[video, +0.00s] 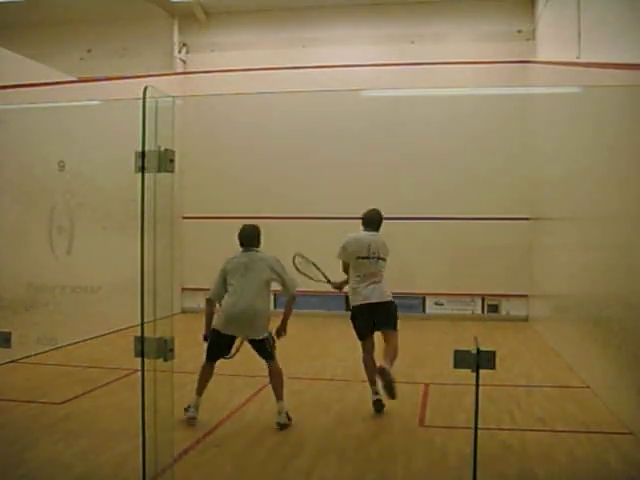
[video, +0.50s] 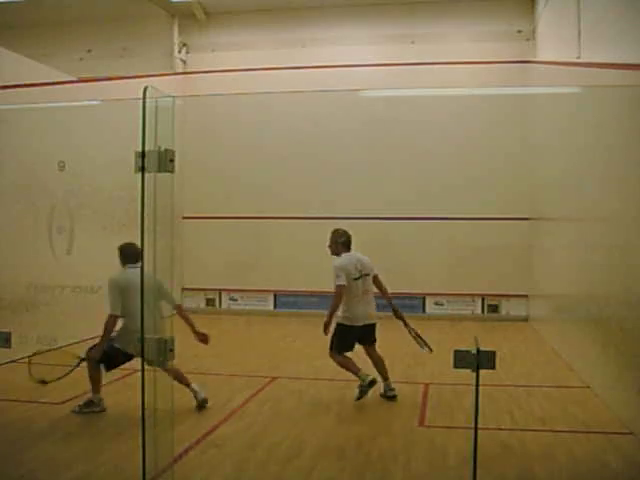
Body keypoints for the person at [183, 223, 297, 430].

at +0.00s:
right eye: (258, 239)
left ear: (239, 242)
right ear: (259, 241)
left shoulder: (229, 263)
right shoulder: (269, 261)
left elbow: (211, 299)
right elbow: (291, 293)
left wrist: (207, 329)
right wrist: (283, 323)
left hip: (227, 319)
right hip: (257, 321)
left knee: (209, 361)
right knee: (272, 363)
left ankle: (194, 406)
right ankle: (281, 411)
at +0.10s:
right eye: (243, 247)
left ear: (226, 252)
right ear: (245, 250)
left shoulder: (217, 273)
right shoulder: (257, 272)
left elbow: (201, 307)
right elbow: (279, 303)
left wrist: (194, 334)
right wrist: (285, 335)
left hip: (217, 327)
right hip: (247, 329)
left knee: (197, 361)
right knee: (270, 364)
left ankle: (181, 402)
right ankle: (279, 415)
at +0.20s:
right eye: (220, 243)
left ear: (203, 247)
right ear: (222, 246)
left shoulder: (193, 270)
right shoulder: (233, 268)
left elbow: (181, 303)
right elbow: (256, 301)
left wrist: (174, 331)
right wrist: (270, 330)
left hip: (198, 328)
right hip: (227, 329)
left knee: (182, 357)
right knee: (252, 364)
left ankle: (184, 402)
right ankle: (273, 408)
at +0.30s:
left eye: (181, 242)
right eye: (194, 240)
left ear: (178, 244)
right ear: (197, 243)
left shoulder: (170, 266)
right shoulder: (209, 266)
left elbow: (159, 298)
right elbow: (233, 295)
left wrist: (148, 325)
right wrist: (250, 322)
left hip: (174, 325)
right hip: (199, 325)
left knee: (158, 356)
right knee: (217, 359)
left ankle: (173, 395)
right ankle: (234, 395)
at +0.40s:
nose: (158, 256)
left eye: (156, 253)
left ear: (155, 254)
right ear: (173, 253)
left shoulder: (148, 276)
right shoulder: (185, 276)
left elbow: (137, 308)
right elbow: (210, 300)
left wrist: (123, 337)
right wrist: (231, 325)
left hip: (151, 335)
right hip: (177, 335)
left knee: (123, 351)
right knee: (183, 359)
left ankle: (137, 392)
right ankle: (202, 397)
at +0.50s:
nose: (120, 259)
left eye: (120, 256)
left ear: (121, 259)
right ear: (140, 258)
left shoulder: (118, 280)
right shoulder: (152, 278)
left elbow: (114, 316)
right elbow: (177, 306)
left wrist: (100, 346)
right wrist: (195, 331)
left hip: (130, 339)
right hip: (154, 338)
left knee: (93, 357)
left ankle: (96, 400)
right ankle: (197, 393)